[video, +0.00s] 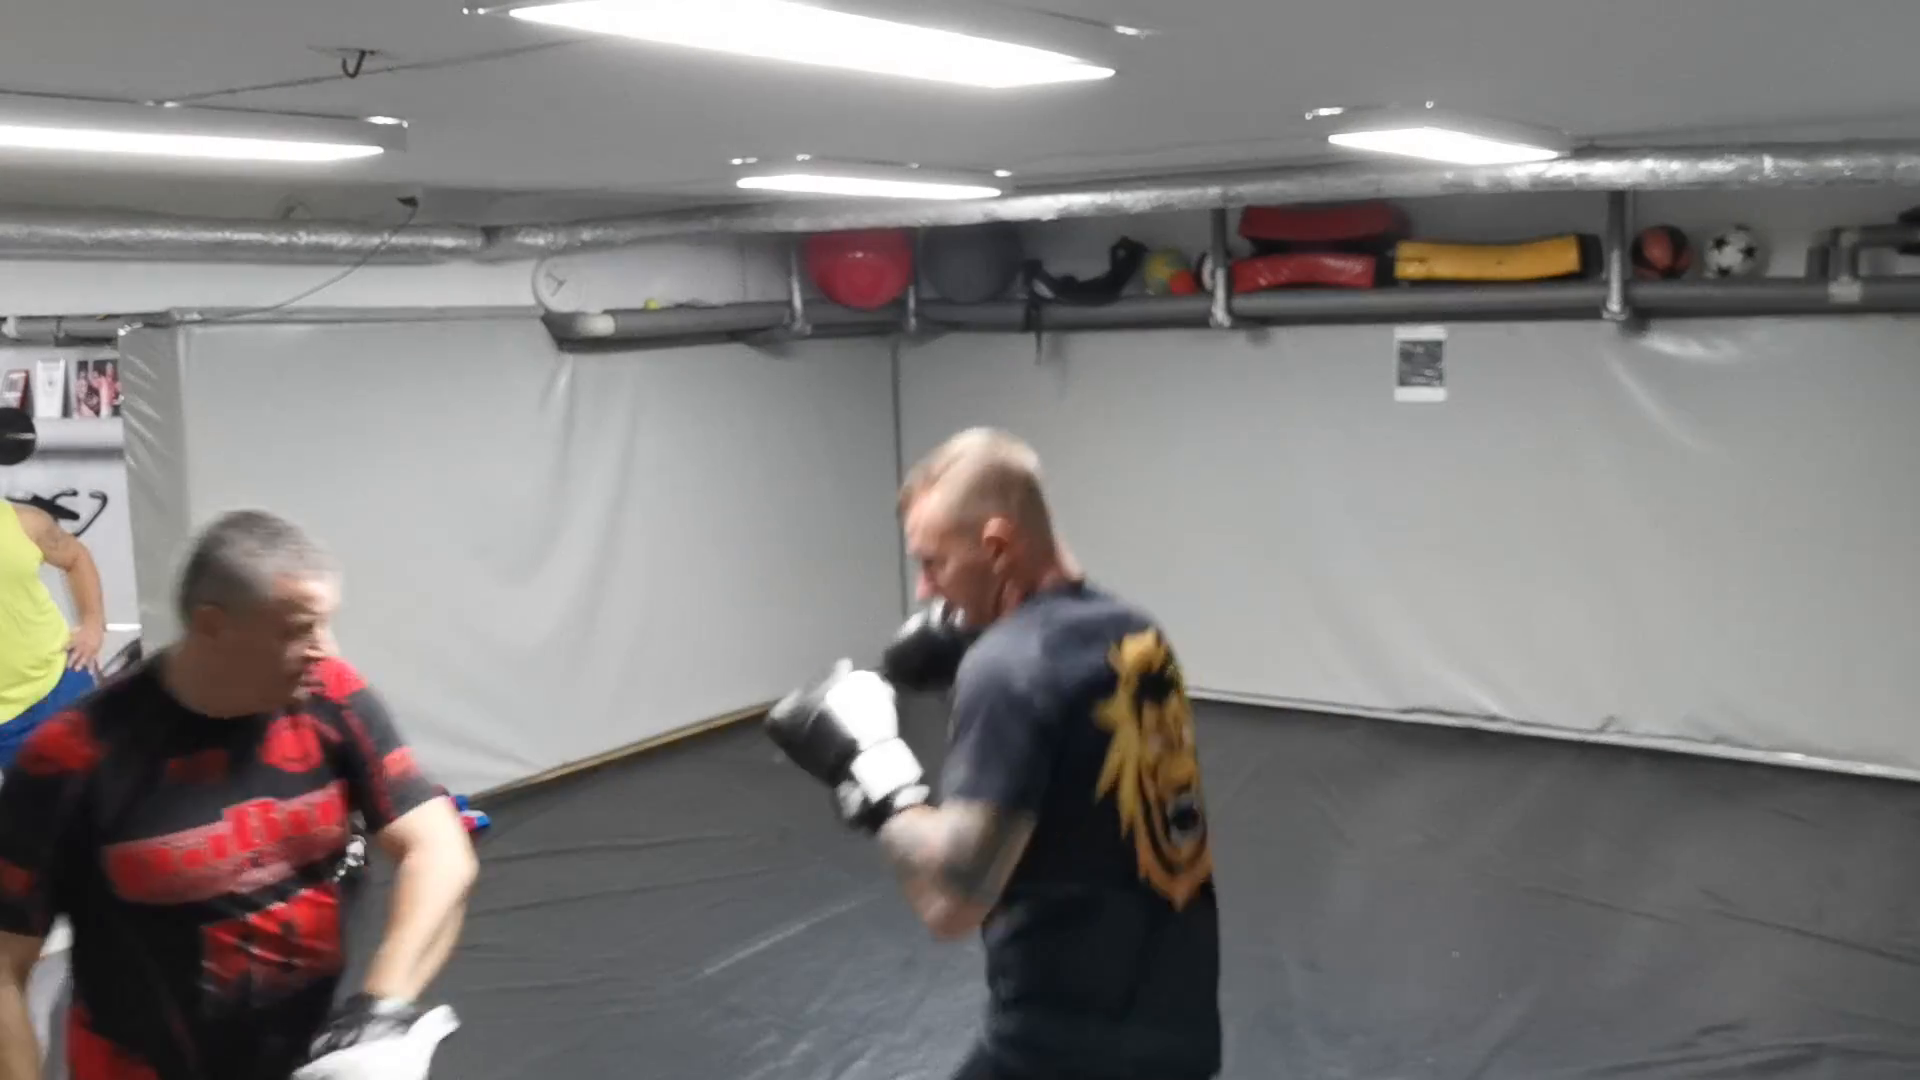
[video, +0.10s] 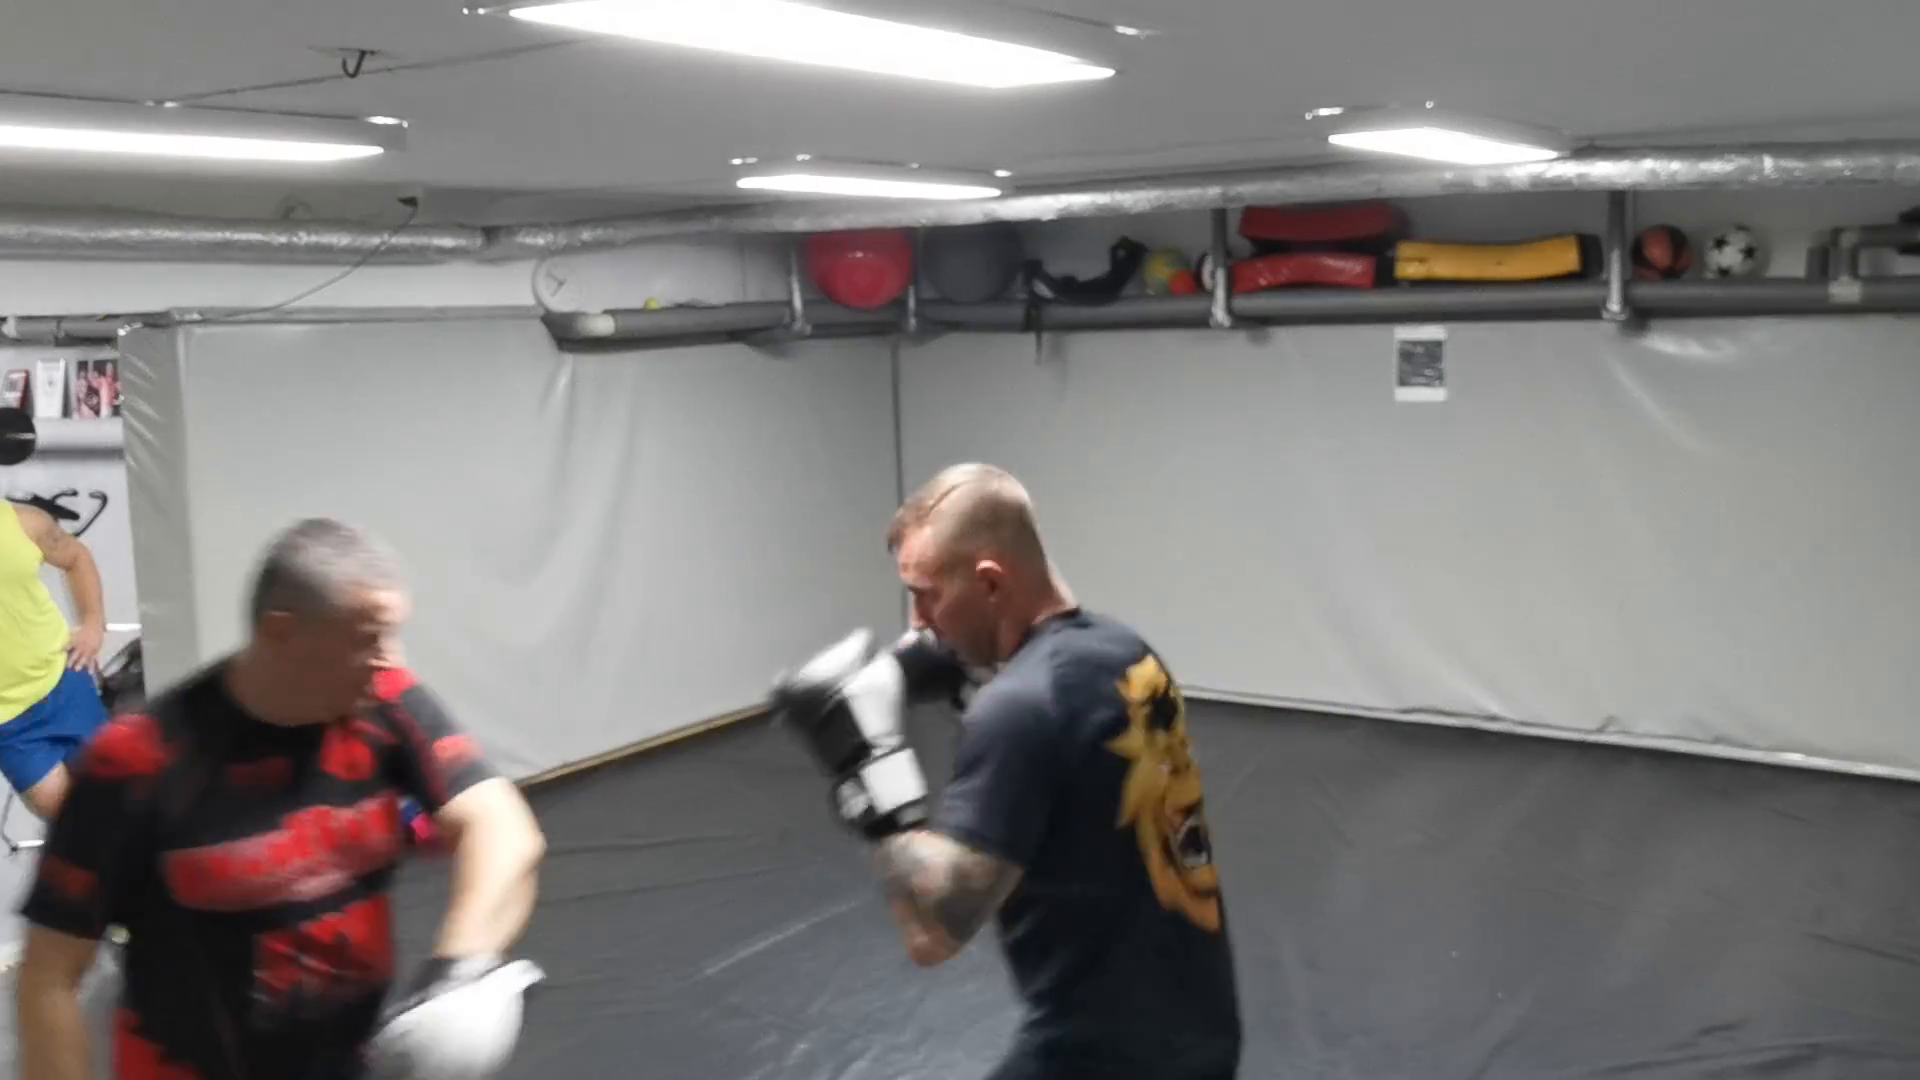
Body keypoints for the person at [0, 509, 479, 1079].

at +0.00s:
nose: (321, 650)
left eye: (323, 626)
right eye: (296, 631)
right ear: (211, 626)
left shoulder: (330, 699)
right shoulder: (70, 759)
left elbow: (442, 853)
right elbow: (8, 965)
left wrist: (378, 1012)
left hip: (304, 1054)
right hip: (140, 1063)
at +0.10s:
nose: (386, 664)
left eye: (389, 640)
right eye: (366, 642)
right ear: (280, 634)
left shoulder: (386, 706)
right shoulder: (131, 765)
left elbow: (504, 832)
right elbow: (45, 979)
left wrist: (463, 975)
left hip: (350, 1058)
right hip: (189, 1066)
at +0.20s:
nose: (468, 668)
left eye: (471, 642)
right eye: (449, 643)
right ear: (361, 634)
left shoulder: (466, 715)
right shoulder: (216, 765)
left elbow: (588, 808)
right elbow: (131, 978)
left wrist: (585, 931)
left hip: (413, 1059)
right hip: (255, 1062)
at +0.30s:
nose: (549, 651)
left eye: (553, 627)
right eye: (533, 629)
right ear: (448, 622)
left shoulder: (545, 701)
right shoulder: (297, 753)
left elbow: (691, 772)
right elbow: (224, 966)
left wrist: (725, 886)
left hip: (499, 1058)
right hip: (345, 1066)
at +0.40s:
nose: (620, 628)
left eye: (624, 603)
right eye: (604, 605)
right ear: (521, 598)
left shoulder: (612, 678)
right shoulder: (372, 726)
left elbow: (764, 727)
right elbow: (297, 948)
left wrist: (879, 825)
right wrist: (310, 1074)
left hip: (561, 1049)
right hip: (409, 1057)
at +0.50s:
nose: (685, 611)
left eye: (687, 589)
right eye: (670, 588)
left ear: (612, 584)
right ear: (587, 582)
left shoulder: (670, 665)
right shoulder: (432, 717)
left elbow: (832, 705)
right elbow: (363, 942)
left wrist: (997, 781)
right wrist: (389, 1079)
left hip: (616, 1050)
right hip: (478, 1060)